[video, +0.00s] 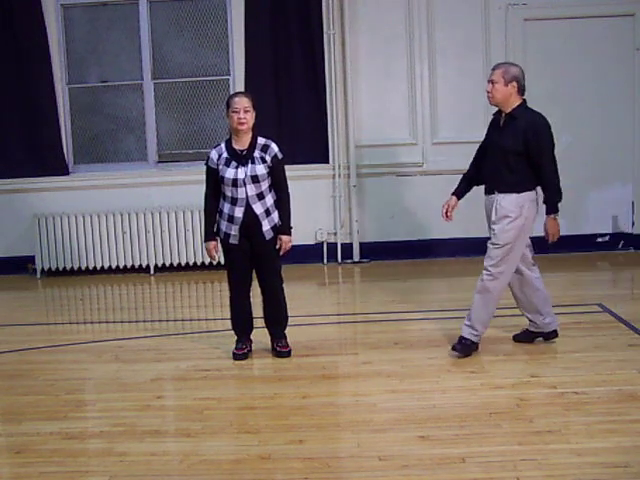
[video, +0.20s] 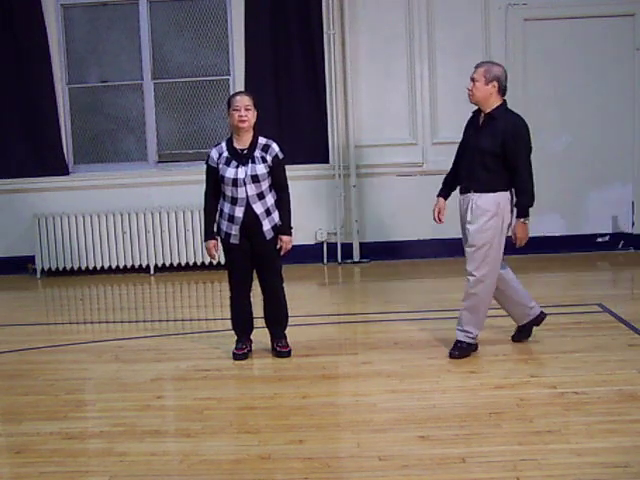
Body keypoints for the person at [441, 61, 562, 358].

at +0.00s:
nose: (488, 88)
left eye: (493, 83)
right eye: (488, 83)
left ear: (512, 87)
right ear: (505, 87)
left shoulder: (534, 123)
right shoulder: (498, 121)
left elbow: (548, 170)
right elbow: (481, 161)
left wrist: (552, 214)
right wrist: (457, 195)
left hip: (517, 202)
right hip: (494, 201)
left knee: (495, 268)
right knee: (519, 264)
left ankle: (471, 335)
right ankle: (543, 324)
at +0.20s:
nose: (469, 87)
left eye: (474, 82)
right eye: (470, 81)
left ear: (493, 87)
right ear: (488, 87)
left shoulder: (513, 124)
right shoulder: (475, 121)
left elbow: (524, 174)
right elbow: (461, 161)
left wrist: (522, 218)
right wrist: (443, 195)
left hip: (493, 203)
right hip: (469, 202)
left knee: (480, 271)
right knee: (485, 266)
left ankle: (467, 336)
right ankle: (528, 313)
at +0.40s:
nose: (451, 84)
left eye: (457, 80)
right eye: (453, 79)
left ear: (475, 85)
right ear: (471, 84)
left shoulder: (498, 122)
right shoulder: (456, 119)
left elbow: (500, 175)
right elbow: (444, 163)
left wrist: (482, 212)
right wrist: (432, 201)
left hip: (477, 203)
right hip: (448, 203)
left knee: (474, 272)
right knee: (444, 267)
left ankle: (467, 335)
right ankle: (478, 316)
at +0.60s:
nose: (441, 84)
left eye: (447, 80)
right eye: (441, 79)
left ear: (466, 84)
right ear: (443, 84)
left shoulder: (485, 122)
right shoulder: (437, 119)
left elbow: (485, 171)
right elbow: (427, 162)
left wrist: (462, 201)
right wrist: (424, 201)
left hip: (472, 206)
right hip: (437, 204)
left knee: (472, 273)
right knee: (433, 270)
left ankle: (467, 337)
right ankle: (428, 334)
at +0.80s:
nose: (441, 87)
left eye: (447, 81)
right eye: (436, 81)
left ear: (457, 86)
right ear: (429, 86)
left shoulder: (472, 123)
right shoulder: (417, 120)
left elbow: (480, 170)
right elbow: (407, 164)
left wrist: (471, 206)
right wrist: (404, 202)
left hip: (457, 204)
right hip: (421, 204)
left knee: (464, 273)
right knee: (424, 272)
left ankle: (466, 336)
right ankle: (428, 334)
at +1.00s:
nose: (430, 86)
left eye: (436, 81)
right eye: (424, 81)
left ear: (445, 85)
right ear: (417, 86)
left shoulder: (461, 123)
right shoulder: (403, 121)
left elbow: (476, 167)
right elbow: (389, 164)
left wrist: (490, 208)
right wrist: (380, 201)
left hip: (449, 203)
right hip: (411, 204)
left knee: (454, 270)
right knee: (414, 271)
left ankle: (452, 336)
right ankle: (421, 334)